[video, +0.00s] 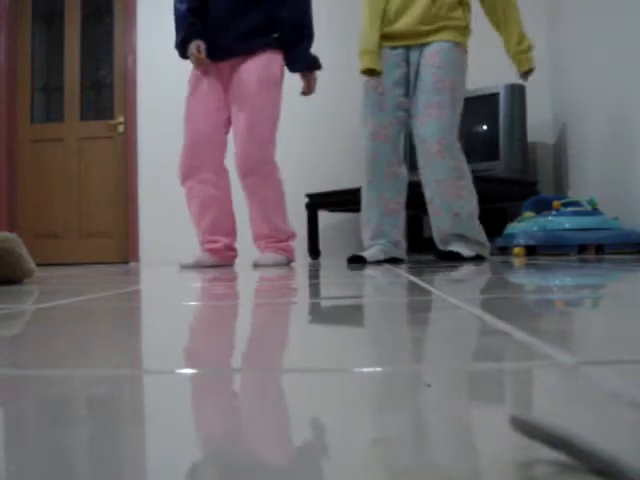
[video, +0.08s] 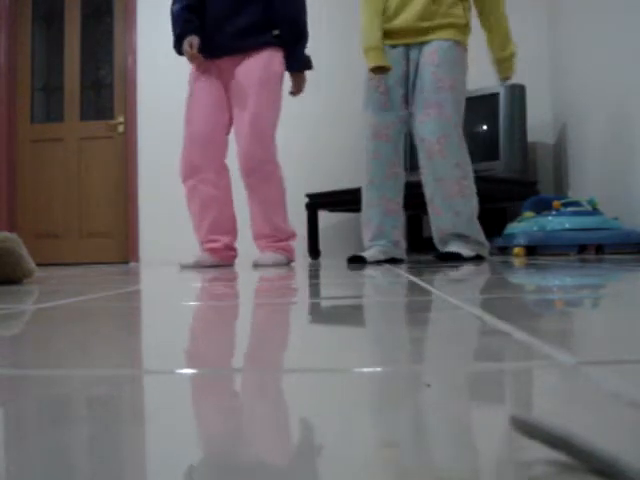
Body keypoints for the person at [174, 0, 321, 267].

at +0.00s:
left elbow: (295, 5)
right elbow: (184, 4)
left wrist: (302, 57)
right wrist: (190, 38)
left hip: (258, 56)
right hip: (208, 60)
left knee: (254, 159)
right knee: (199, 162)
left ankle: (276, 248)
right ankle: (217, 250)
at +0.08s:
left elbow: (291, 5)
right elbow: (182, 3)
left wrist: (296, 58)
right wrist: (187, 32)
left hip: (259, 53)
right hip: (207, 56)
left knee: (255, 156)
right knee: (200, 159)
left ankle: (275, 248)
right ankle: (218, 249)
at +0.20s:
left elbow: (296, 4)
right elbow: (184, 4)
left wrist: (300, 58)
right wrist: (186, 39)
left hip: (264, 54)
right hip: (210, 58)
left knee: (257, 154)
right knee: (199, 159)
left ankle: (275, 248)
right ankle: (218, 249)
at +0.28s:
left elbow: (299, 2)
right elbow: (186, 3)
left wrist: (303, 51)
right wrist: (190, 39)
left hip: (267, 53)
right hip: (212, 56)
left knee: (259, 153)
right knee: (202, 158)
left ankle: (275, 248)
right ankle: (218, 249)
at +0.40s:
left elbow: (307, 3)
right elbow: (189, 5)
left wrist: (313, 49)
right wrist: (196, 43)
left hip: (274, 55)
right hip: (219, 58)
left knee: (266, 153)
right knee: (218, 155)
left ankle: (276, 248)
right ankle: (220, 249)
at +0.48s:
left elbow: (309, 2)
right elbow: (191, 4)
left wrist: (316, 49)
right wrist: (197, 45)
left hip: (276, 56)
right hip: (220, 58)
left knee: (267, 155)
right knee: (219, 157)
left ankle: (276, 248)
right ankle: (221, 248)